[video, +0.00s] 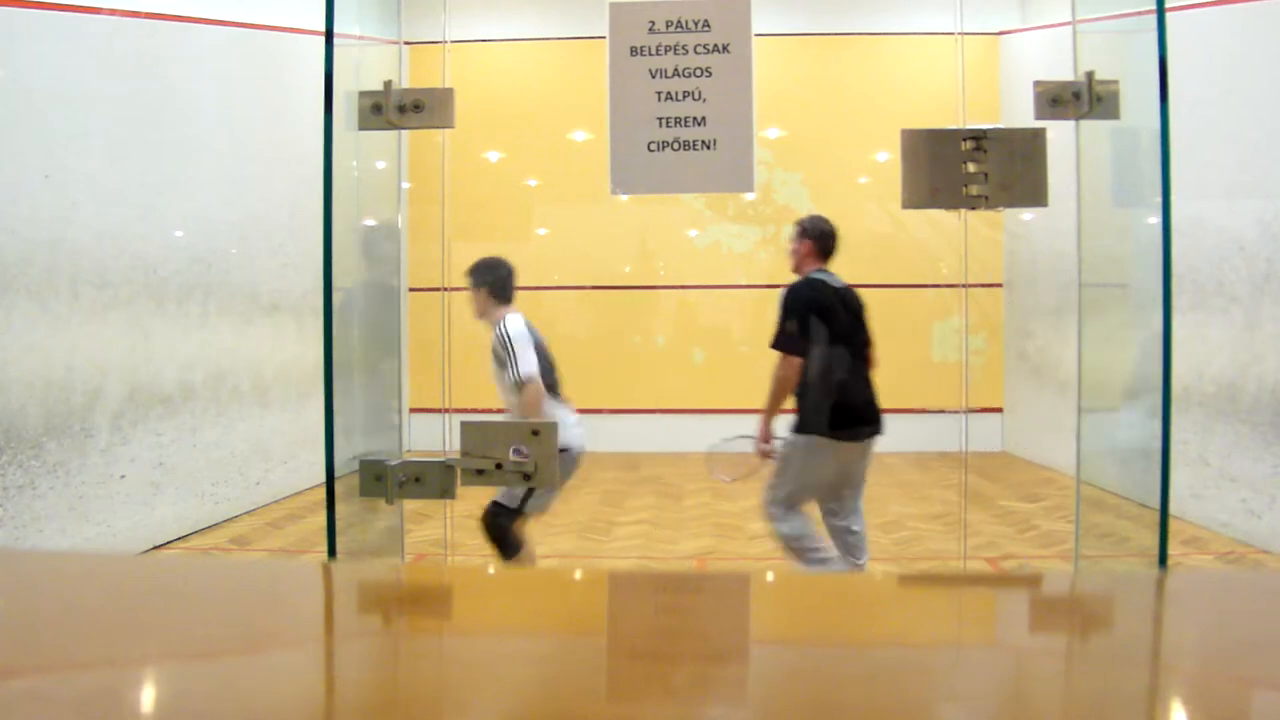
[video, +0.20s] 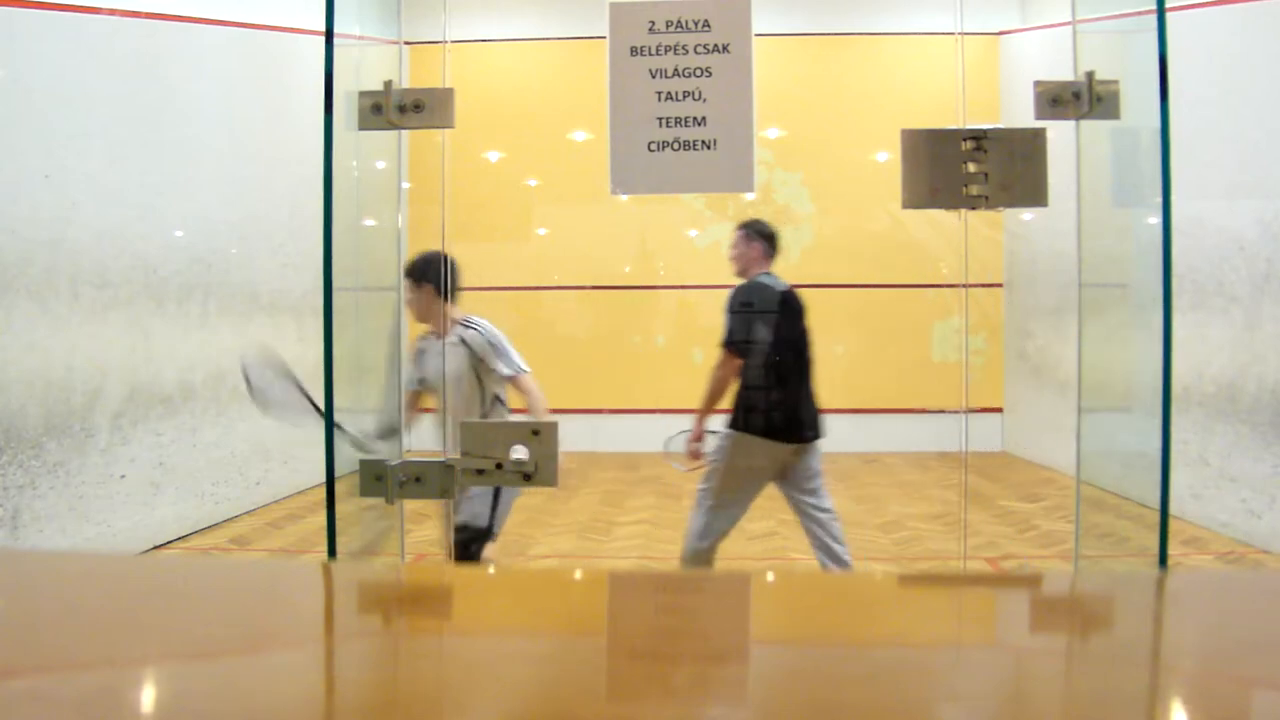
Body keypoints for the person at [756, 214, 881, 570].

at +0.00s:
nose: (790, 249)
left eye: (794, 242)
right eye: (792, 241)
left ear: (807, 246)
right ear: (826, 249)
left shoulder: (801, 293)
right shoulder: (848, 294)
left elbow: (790, 366)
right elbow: (867, 359)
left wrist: (766, 420)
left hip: (821, 427)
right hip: (861, 424)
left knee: (780, 504)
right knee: (842, 507)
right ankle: (858, 581)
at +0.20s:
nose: (730, 254)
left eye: (736, 246)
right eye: (732, 246)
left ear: (757, 249)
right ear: (762, 251)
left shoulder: (749, 295)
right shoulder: (787, 296)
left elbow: (730, 365)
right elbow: (792, 367)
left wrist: (699, 423)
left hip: (756, 429)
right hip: (798, 428)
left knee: (712, 510)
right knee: (818, 513)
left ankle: (687, 592)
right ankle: (847, 590)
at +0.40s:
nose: (672, 253)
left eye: (678, 246)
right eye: (673, 246)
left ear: (701, 247)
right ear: (704, 249)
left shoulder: (688, 294)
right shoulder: (736, 293)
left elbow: (668, 359)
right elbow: (756, 356)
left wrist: (642, 412)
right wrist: (739, 400)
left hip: (693, 414)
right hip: (731, 414)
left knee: (675, 496)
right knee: (708, 485)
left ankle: (681, 579)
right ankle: (762, 554)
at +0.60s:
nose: (623, 258)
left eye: (628, 251)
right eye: (622, 251)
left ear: (652, 250)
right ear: (654, 252)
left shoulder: (636, 293)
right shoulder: (688, 295)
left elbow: (615, 357)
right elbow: (715, 355)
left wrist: (591, 404)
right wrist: (710, 406)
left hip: (646, 411)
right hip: (679, 413)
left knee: (658, 499)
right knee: (633, 489)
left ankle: (682, 574)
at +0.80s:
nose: (581, 263)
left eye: (583, 256)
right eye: (582, 256)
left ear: (597, 258)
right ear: (615, 260)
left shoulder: (590, 301)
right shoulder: (643, 304)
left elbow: (568, 363)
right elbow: (665, 361)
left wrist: (555, 403)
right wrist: (661, 406)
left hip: (595, 416)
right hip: (630, 417)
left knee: (586, 503)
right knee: (586, 498)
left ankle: (658, 562)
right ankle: (578, 571)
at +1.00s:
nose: (549, 258)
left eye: (550, 253)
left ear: (552, 255)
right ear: (584, 255)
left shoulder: (547, 297)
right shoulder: (604, 299)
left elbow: (530, 359)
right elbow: (621, 358)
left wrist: (518, 403)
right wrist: (608, 397)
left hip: (556, 409)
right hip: (597, 409)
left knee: (514, 479)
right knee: (578, 483)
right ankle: (582, 560)